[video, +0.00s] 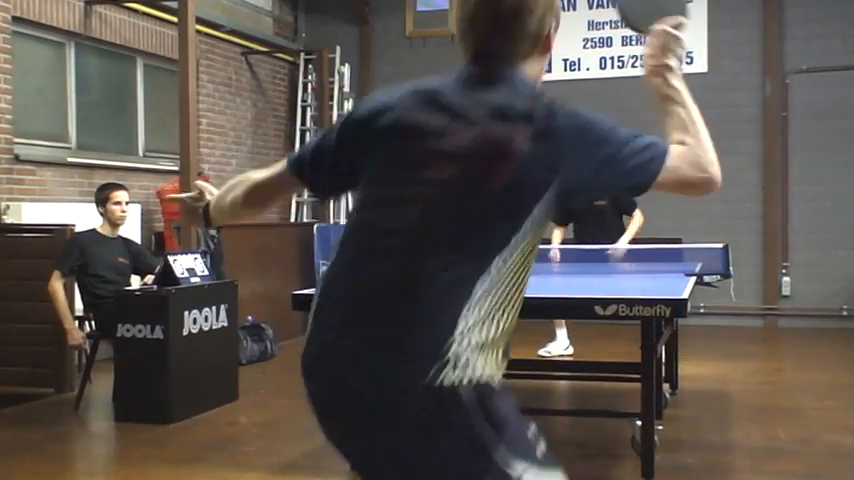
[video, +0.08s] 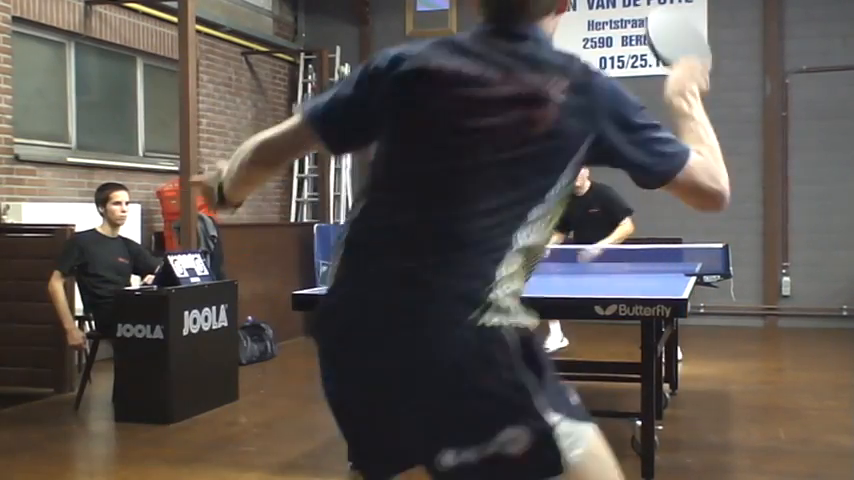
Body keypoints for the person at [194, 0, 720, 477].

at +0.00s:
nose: (555, 41)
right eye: (554, 30)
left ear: (465, 34)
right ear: (547, 41)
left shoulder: (390, 110)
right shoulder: (553, 127)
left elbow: (271, 187)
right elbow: (701, 170)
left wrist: (215, 204)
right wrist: (665, 76)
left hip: (332, 371)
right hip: (438, 388)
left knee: (401, 468)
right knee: (534, 469)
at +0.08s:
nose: (574, 6)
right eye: (572, 4)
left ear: (478, 4)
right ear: (560, 8)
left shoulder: (406, 66)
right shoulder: (583, 89)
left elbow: (272, 145)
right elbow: (713, 189)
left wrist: (229, 184)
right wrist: (687, 100)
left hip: (351, 327)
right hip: (465, 338)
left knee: (387, 469)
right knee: (594, 473)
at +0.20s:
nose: (590, 8)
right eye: (589, 6)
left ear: (495, 5)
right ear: (580, 8)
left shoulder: (434, 60)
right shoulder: (623, 94)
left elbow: (286, 145)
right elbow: (729, 238)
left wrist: (255, 158)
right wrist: (688, 168)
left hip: (409, 346)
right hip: (538, 358)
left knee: (417, 468)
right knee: (627, 466)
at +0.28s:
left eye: (496, 22)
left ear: (500, 36)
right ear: (591, 39)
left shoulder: (448, 112)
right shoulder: (641, 140)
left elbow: (300, 196)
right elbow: (734, 287)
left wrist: (273, 179)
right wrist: (684, 238)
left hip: (435, 427)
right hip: (578, 431)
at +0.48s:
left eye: (550, 44)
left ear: (555, 63)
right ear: (657, 72)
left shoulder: (497, 147)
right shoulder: (712, 182)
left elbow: (342, 239)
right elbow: (755, 333)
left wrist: (309, 215)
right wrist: (686, 286)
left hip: (517, 450)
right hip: (669, 457)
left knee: (392, 465)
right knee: (740, 468)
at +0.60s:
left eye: (607, 7)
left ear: (612, 6)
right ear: (717, 13)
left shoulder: (561, 77)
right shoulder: (780, 113)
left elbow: (365, 148)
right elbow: (809, 287)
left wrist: (354, 130)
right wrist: (718, 255)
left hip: (575, 410)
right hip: (743, 422)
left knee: (451, 463)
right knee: (822, 428)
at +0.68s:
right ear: (752, 1)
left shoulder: (599, 26)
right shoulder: (827, 81)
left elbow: (386, 94)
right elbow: (841, 263)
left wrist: (383, 124)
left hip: (577, 385)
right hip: (770, 401)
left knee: (451, 466)